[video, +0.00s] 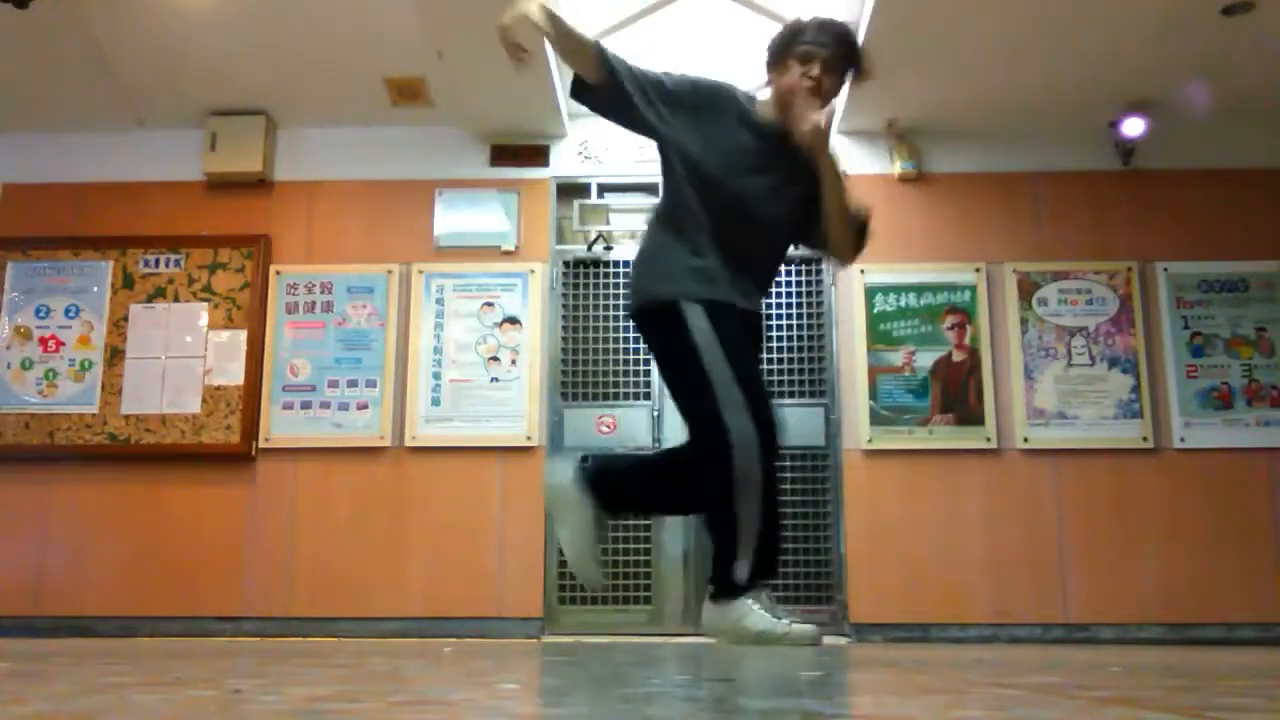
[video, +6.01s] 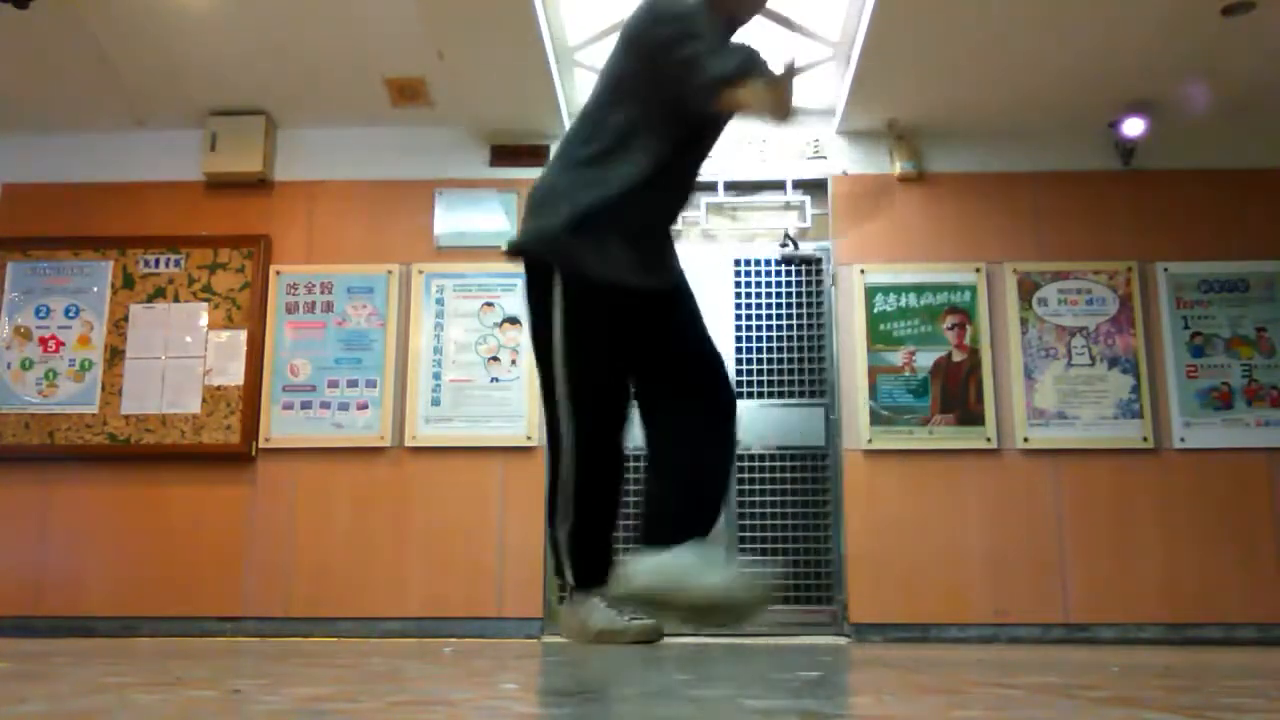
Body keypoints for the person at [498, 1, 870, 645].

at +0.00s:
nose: (818, 82)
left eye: (831, 76)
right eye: (809, 64)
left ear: (838, 91)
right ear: (776, 66)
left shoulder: (811, 166)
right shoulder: (713, 106)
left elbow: (845, 246)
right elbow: (613, 79)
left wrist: (823, 159)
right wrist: (546, 19)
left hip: (737, 308)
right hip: (678, 289)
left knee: (726, 464)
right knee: (743, 434)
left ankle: (588, 485)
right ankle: (732, 598)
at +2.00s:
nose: (778, 116)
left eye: (791, 107)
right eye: (769, 105)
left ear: (811, 116)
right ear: (757, 111)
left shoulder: (835, 184)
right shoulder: (733, 175)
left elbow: (882, 237)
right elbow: (741, 212)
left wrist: (919, 269)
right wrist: (806, 169)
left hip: (804, 363)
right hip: (729, 359)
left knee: (817, 486)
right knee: (676, 466)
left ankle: (842, 612)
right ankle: (646, 601)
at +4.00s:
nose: (711, 99)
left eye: (724, 89)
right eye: (709, 85)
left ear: (740, 84)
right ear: (693, 68)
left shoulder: (752, 128)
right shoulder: (629, 112)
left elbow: (807, 192)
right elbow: (555, 161)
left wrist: (851, 150)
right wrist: (537, 136)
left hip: (702, 310)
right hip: (624, 309)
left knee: (717, 433)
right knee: (633, 435)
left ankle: (706, 569)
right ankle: (643, 570)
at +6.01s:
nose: (760, 8)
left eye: (761, 3)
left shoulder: (710, 43)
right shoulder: (671, 18)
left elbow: (771, 100)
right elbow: (745, 96)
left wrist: (764, 81)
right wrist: (776, 84)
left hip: (639, 245)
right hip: (576, 241)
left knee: (699, 396)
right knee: (588, 419)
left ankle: (674, 552)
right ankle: (583, 595)